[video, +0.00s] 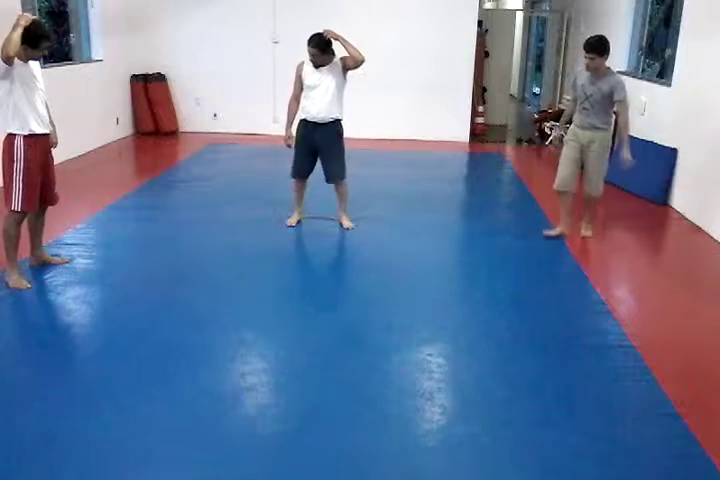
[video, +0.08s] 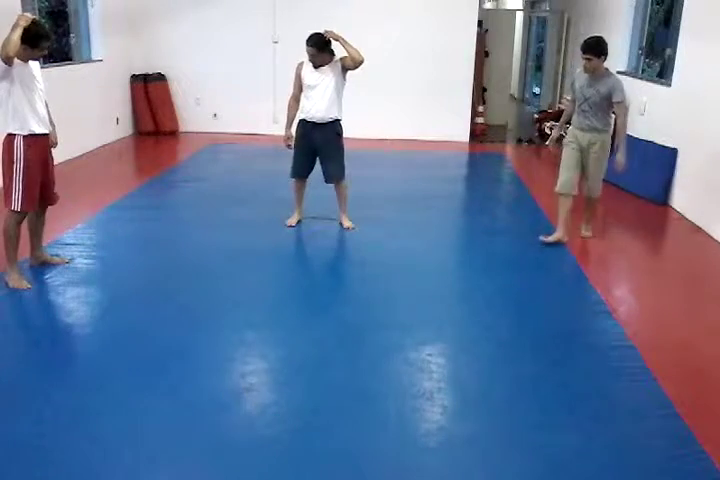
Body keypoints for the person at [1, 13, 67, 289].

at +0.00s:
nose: (37, 58)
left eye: (40, 55)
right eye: (35, 53)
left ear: (39, 48)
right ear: (23, 45)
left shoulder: (33, 63)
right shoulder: (7, 64)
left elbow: (41, 99)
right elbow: (8, 54)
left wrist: (51, 129)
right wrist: (18, 26)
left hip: (40, 136)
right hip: (19, 138)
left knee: (41, 202)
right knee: (18, 207)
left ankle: (38, 252)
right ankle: (11, 268)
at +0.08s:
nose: (37, 58)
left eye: (40, 55)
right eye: (35, 54)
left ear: (39, 49)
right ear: (23, 45)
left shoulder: (33, 62)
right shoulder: (7, 63)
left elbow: (41, 98)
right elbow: (7, 54)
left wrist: (51, 129)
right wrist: (19, 25)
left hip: (40, 136)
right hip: (18, 137)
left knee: (41, 202)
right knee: (18, 207)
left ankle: (38, 253)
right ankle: (11, 268)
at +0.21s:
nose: (37, 58)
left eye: (40, 55)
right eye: (35, 54)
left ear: (38, 49)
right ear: (23, 45)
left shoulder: (33, 62)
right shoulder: (6, 63)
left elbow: (41, 98)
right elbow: (7, 54)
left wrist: (50, 129)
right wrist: (19, 25)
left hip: (40, 135)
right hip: (18, 137)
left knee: (40, 202)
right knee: (18, 207)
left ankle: (37, 253)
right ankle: (11, 268)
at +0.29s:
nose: (36, 58)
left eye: (39, 55)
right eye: (35, 54)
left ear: (38, 49)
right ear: (23, 44)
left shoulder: (33, 62)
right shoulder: (6, 63)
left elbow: (41, 98)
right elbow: (7, 56)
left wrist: (50, 129)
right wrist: (17, 26)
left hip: (39, 136)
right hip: (17, 138)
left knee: (41, 202)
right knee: (18, 208)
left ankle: (38, 252)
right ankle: (11, 268)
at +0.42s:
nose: (36, 57)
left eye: (39, 54)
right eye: (34, 53)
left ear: (40, 47)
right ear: (21, 43)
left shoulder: (32, 61)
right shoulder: (7, 62)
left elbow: (39, 98)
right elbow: (6, 64)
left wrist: (49, 128)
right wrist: (15, 31)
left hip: (39, 136)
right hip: (16, 138)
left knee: (40, 201)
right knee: (17, 208)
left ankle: (37, 252)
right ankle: (11, 269)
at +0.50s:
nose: (37, 56)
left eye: (40, 53)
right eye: (36, 51)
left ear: (38, 47)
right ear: (23, 42)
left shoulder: (31, 63)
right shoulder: (6, 63)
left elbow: (39, 99)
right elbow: (3, 73)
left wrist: (49, 129)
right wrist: (15, 42)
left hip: (39, 137)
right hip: (16, 139)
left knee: (40, 202)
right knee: (16, 208)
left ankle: (37, 252)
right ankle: (11, 268)